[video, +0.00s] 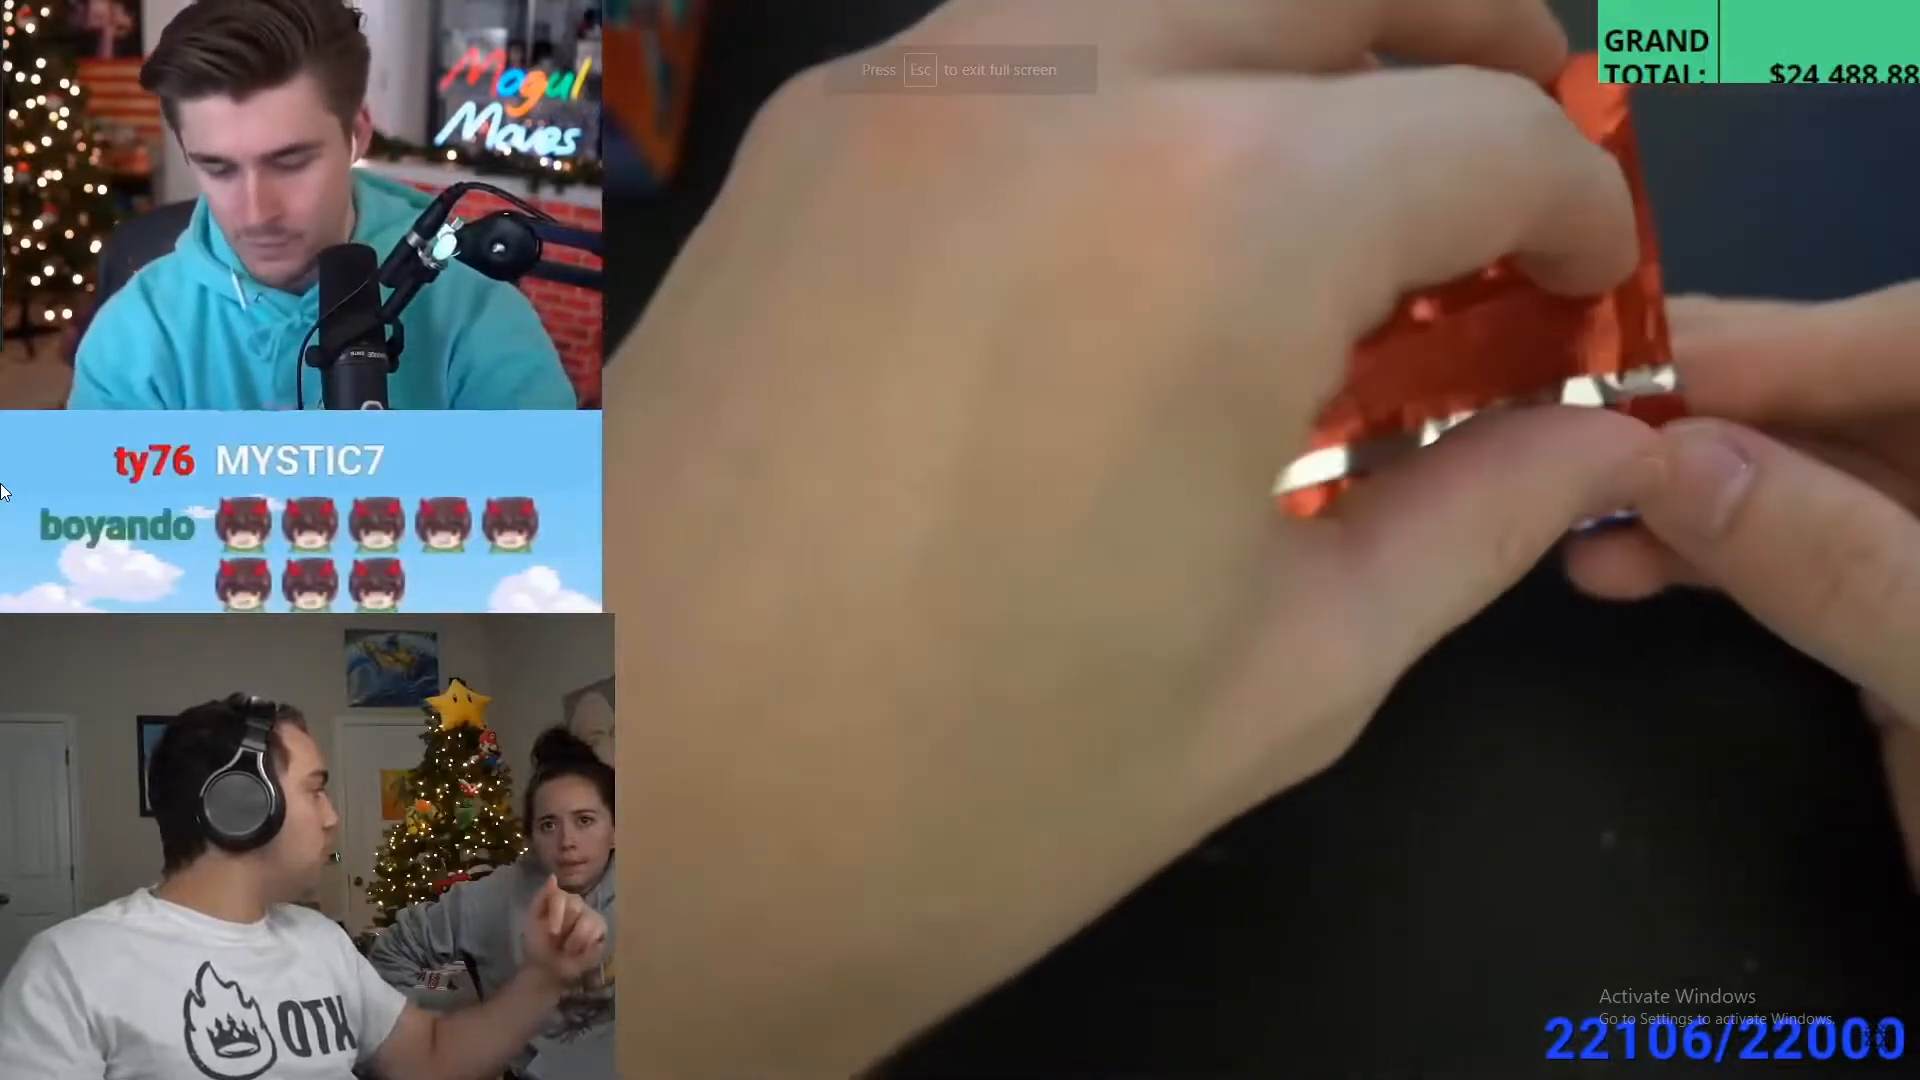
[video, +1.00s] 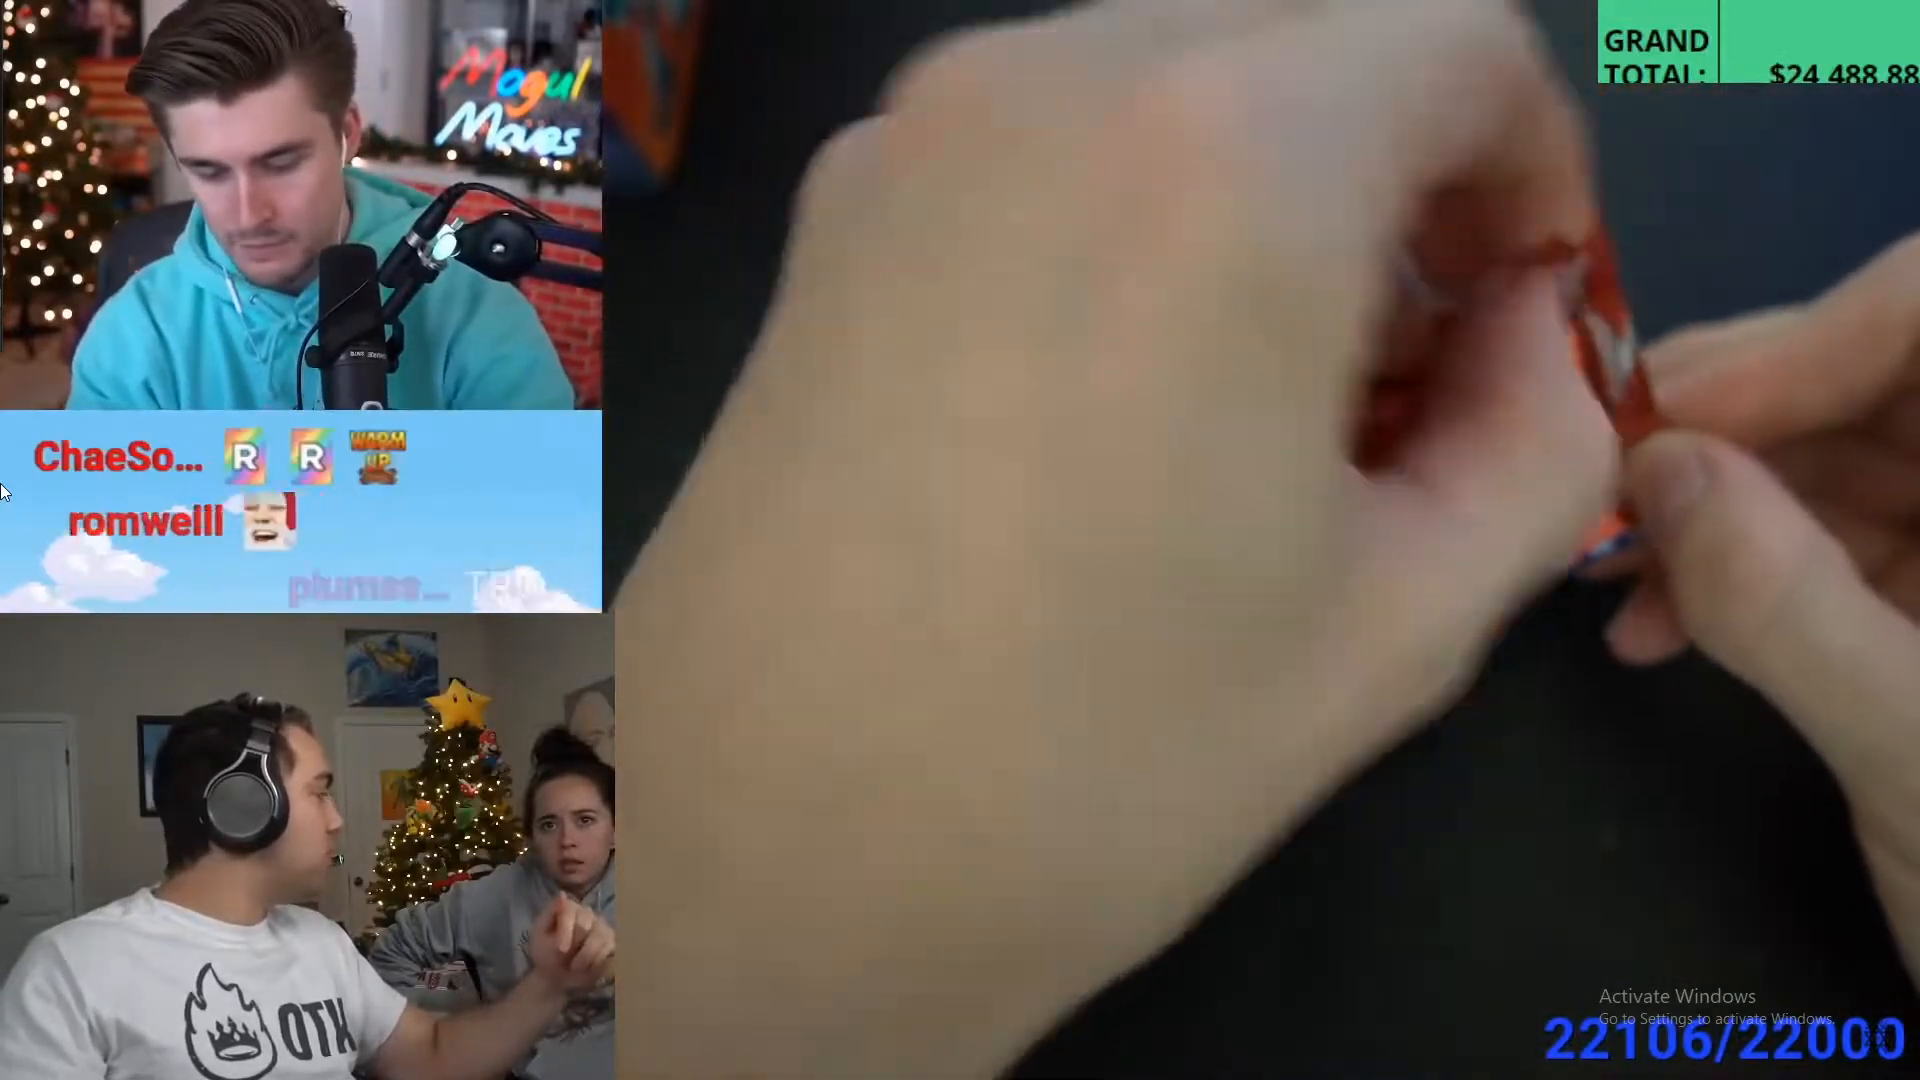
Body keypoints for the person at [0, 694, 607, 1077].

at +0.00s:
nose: (334, 815)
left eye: (326, 789)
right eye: (316, 787)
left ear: (239, 802)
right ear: (236, 801)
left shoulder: (320, 943)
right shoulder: (68, 972)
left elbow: (433, 1053)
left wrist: (544, 977)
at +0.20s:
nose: (335, 817)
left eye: (327, 791)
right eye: (317, 789)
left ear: (241, 802)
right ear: (234, 802)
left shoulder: (319, 943)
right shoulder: (67, 972)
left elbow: (430, 1055)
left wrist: (534, 965)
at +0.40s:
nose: (335, 816)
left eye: (327, 790)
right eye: (317, 789)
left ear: (238, 803)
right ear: (233, 802)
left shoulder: (318, 942)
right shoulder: (67, 973)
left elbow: (429, 1053)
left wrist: (534, 973)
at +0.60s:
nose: (337, 817)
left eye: (329, 791)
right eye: (319, 790)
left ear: (241, 803)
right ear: (236, 803)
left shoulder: (321, 945)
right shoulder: (68, 972)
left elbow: (432, 1051)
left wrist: (549, 979)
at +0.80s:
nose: (339, 818)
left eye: (332, 793)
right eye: (321, 791)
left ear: (244, 804)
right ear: (239, 803)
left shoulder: (321, 946)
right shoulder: (69, 972)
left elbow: (433, 1051)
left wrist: (549, 986)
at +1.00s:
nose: (339, 817)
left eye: (331, 792)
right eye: (320, 791)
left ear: (241, 805)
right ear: (238, 804)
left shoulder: (320, 945)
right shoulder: (69, 971)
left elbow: (432, 1051)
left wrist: (548, 986)